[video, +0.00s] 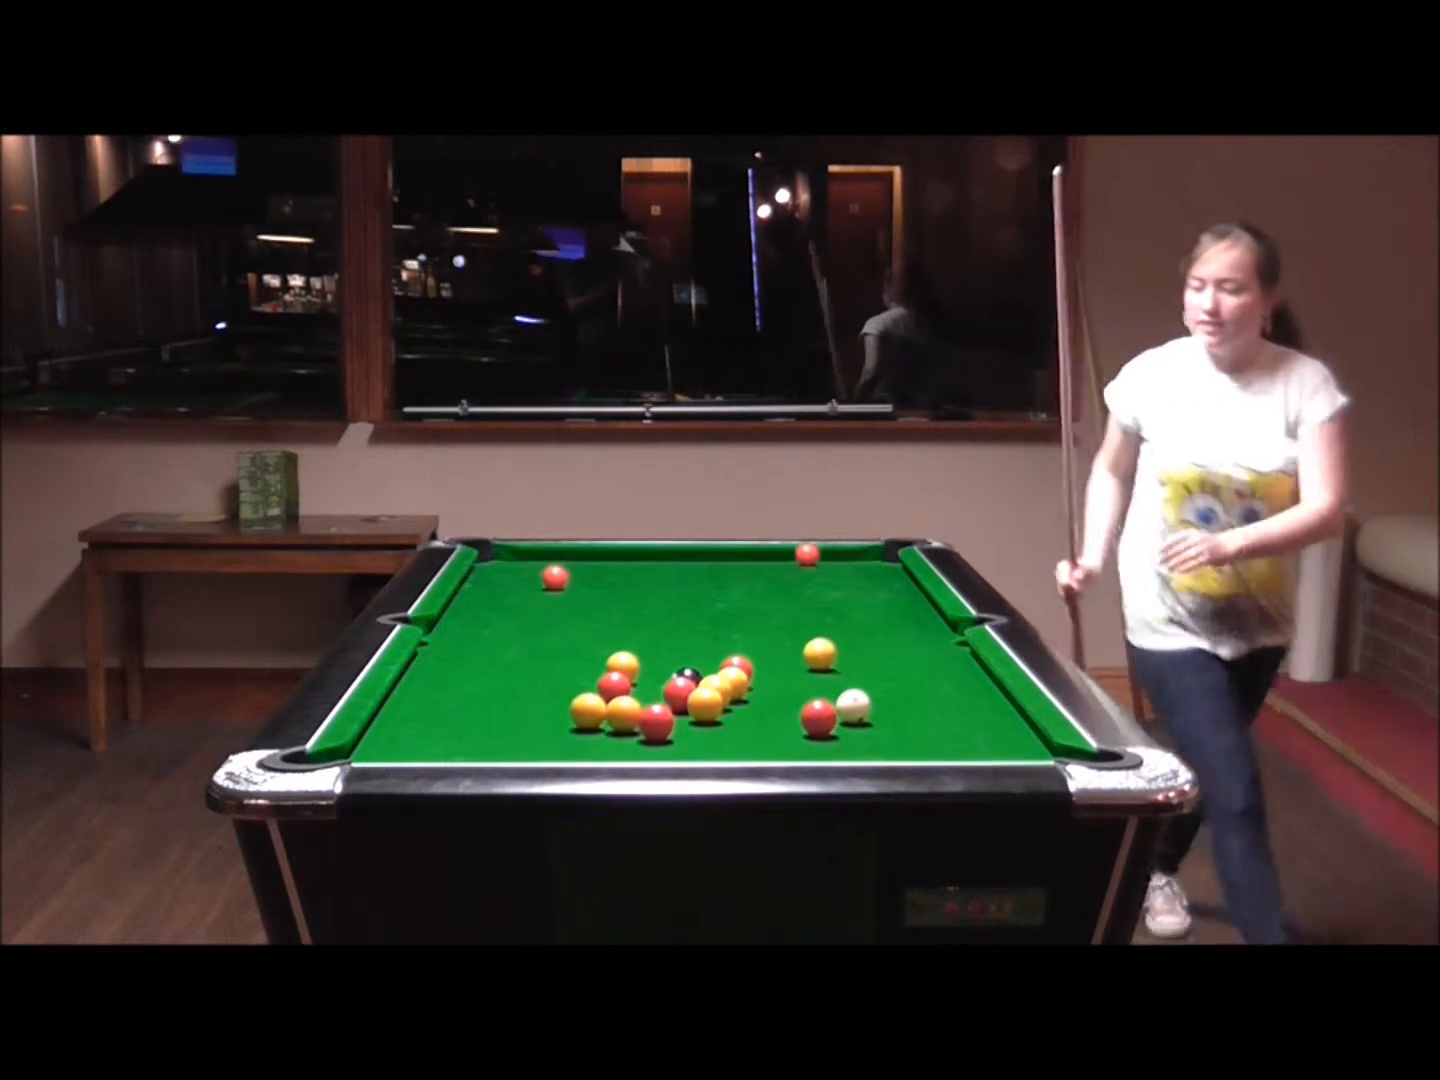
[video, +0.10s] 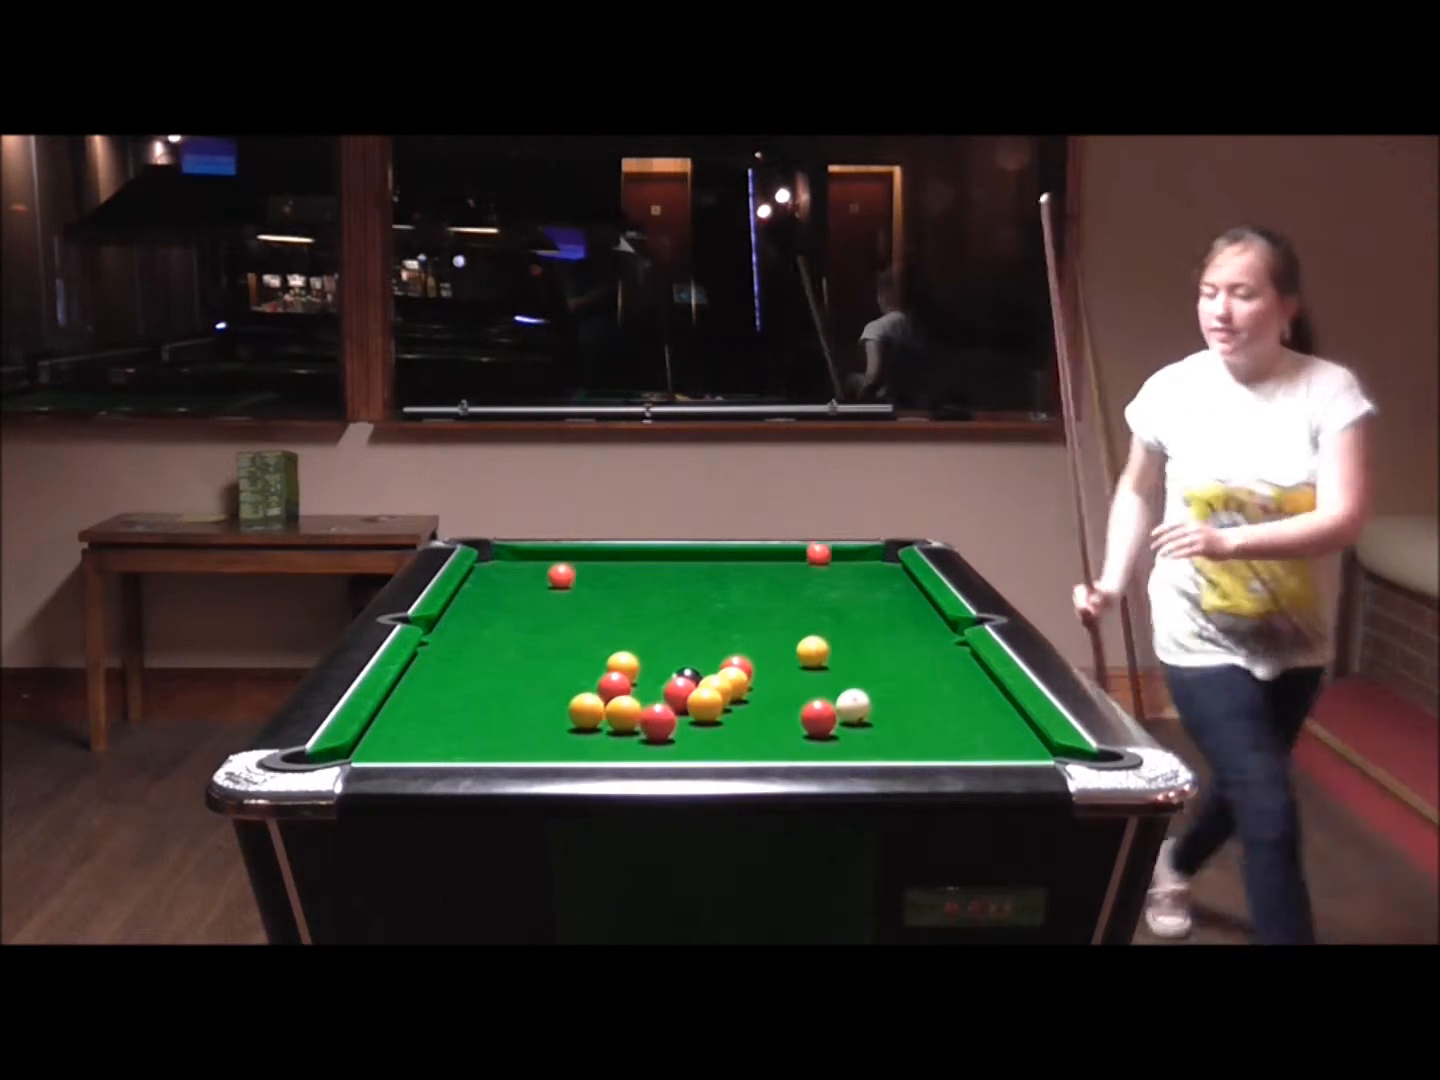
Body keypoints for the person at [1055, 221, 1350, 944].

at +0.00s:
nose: (1207, 303)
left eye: (1229, 288)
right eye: (1197, 285)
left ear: (1267, 303)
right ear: (1183, 291)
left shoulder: (1305, 383)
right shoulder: (1149, 376)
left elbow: (1328, 509)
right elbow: (1111, 469)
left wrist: (1226, 543)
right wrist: (1094, 556)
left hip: (1259, 628)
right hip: (1166, 622)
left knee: (1202, 771)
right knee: (1236, 793)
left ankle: (1157, 869)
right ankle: (1266, 936)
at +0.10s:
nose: (1219, 309)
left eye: (1241, 294)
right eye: (1209, 291)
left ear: (1286, 309)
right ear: (1197, 297)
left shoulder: (1329, 390)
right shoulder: (1169, 391)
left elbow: (1343, 518)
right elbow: (1136, 491)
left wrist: (1229, 541)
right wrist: (1113, 581)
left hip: (1294, 645)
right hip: (1199, 641)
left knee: (1238, 790)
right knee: (1271, 816)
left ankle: (1170, 870)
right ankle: (1286, 940)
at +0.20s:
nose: (1244, 303)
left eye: (1266, 287)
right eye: (1235, 286)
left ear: (1320, 301)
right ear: (1225, 295)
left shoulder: (1369, 391)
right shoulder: (1206, 393)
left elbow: (1363, 536)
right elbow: (1183, 503)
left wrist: (1226, 534)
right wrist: (1158, 595)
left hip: (1344, 666)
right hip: (1235, 664)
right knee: (1299, 848)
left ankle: (1268, 865)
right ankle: (1290, 932)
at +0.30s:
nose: (1264, 294)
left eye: (1286, 276)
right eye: (1257, 276)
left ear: (1347, 292)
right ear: (1248, 285)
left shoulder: (1391, 387)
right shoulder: (1232, 384)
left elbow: (1364, 536)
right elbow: (1229, 508)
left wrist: (1212, 520)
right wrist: (1195, 588)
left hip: (1371, 667)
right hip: (1250, 667)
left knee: (1381, 869)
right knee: (1300, 860)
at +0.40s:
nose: (1289, 288)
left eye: (1315, 270)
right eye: (1286, 270)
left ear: (1382, 287)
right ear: (1279, 276)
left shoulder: (1413, 387)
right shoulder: (1274, 380)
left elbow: (1344, 538)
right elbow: (1281, 524)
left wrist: (1191, 508)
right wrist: (1245, 585)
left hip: (1402, 676)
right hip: (1290, 674)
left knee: (1407, 891)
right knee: (1319, 891)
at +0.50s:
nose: (1305, 297)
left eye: (1330, 277)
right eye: (1303, 276)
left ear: (1399, 294)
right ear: (1299, 282)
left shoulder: (1426, 392)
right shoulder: (1310, 386)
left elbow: (1329, 542)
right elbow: (1309, 529)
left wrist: (1177, 508)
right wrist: (1281, 594)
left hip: (1422, 707)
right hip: (1323, 703)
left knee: (1420, 922)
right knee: (1334, 915)